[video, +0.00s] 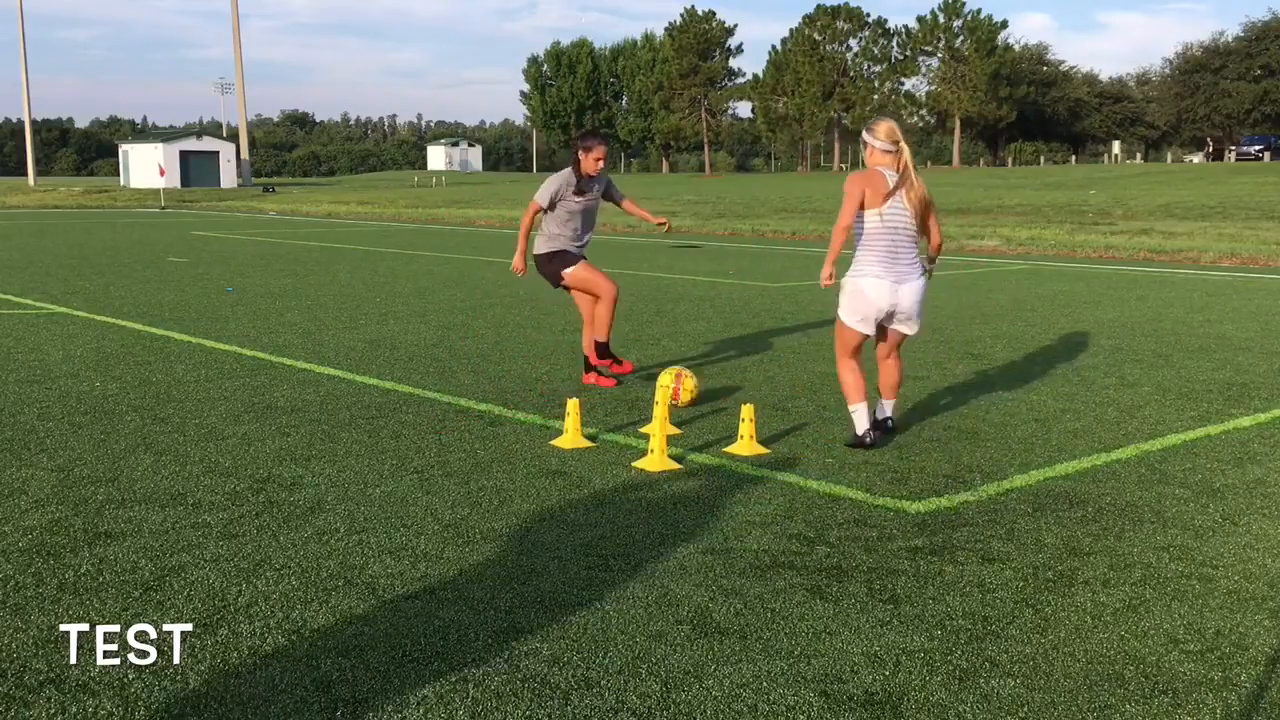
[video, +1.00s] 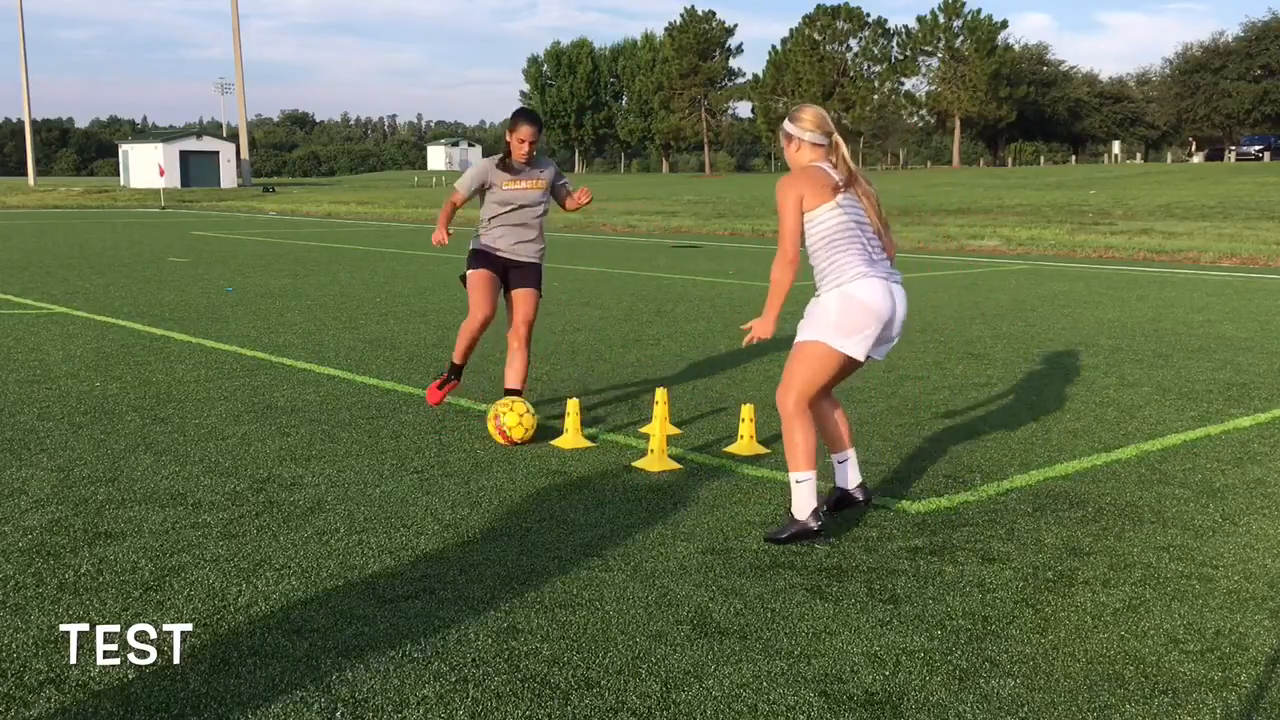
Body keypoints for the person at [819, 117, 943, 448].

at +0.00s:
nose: (864, 152)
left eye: (865, 147)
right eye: (865, 147)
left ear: (872, 148)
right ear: (897, 149)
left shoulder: (861, 179)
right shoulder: (916, 185)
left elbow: (844, 224)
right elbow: (936, 240)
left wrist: (829, 263)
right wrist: (929, 263)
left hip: (868, 283)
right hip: (911, 285)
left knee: (847, 353)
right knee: (889, 351)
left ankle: (863, 429)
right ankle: (887, 419)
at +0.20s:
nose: (851, 153)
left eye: (853, 147)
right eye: (853, 147)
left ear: (861, 148)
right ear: (888, 149)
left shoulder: (859, 178)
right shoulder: (908, 179)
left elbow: (870, 230)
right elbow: (932, 238)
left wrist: (859, 280)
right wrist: (918, 271)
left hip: (886, 278)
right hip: (923, 278)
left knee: (848, 349)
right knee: (895, 356)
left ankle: (865, 435)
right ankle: (927, 437)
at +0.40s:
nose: (833, 168)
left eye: (833, 161)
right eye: (833, 161)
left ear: (842, 161)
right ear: (869, 161)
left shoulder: (842, 195)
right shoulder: (895, 196)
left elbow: (839, 255)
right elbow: (921, 252)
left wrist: (819, 298)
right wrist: (938, 295)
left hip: (877, 304)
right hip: (917, 299)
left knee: (838, 384)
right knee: (898, 373)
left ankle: (853, 465)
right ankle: (929, 447)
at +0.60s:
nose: (805, 148)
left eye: (807, 141)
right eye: (806, 141)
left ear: (820, 140)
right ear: (844, 141)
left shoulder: (817, 176)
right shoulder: (872, 175)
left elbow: (799, 242)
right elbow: (902, 238)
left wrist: (769, 288)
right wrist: (902, 284)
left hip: (865, 283)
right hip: (900, 282)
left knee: (825, 373)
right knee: (852, 371)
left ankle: (846, 471)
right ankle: (872, 462)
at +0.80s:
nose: (793, 165)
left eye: (794, 158)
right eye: (794, 158)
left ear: (803, 159)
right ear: (834, 160)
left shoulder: (801, 206)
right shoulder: (859, 200)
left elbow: (776, 271)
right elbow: (878, 253)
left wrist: (749, 315)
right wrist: (856, 297)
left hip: (846, 316)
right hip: (880, 313)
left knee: (796, 407)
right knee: (817, 394)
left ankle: (809, 504)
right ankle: (840, 481)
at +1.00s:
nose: (784, 153)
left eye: (785, 145)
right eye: (784, 146)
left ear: (797, 143)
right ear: (826, 143)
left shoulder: (795, 181)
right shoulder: (854, 181)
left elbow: (788, 258)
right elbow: (886, 247)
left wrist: (768, 316)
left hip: (850, 296)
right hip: (887, 294)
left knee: (791, 396)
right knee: (818, 391)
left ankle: (805, 514)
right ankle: (851, 486)